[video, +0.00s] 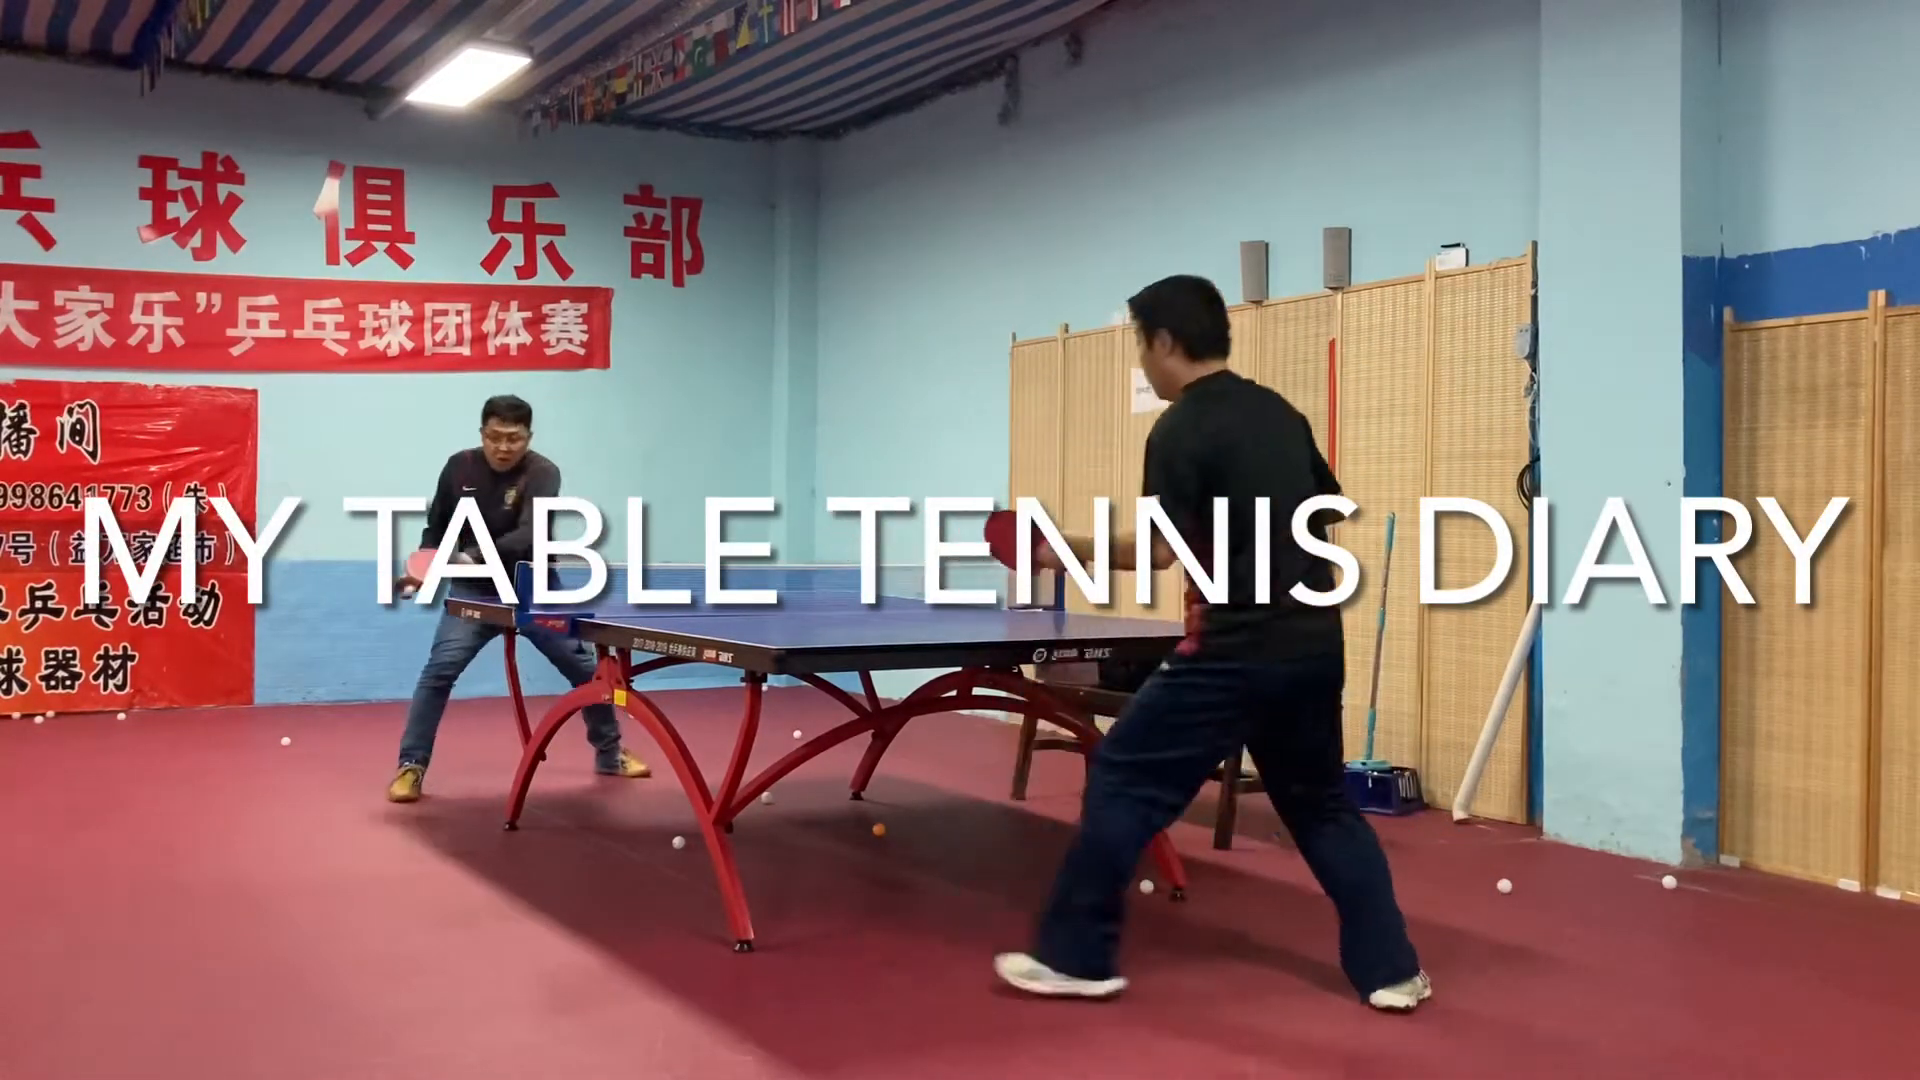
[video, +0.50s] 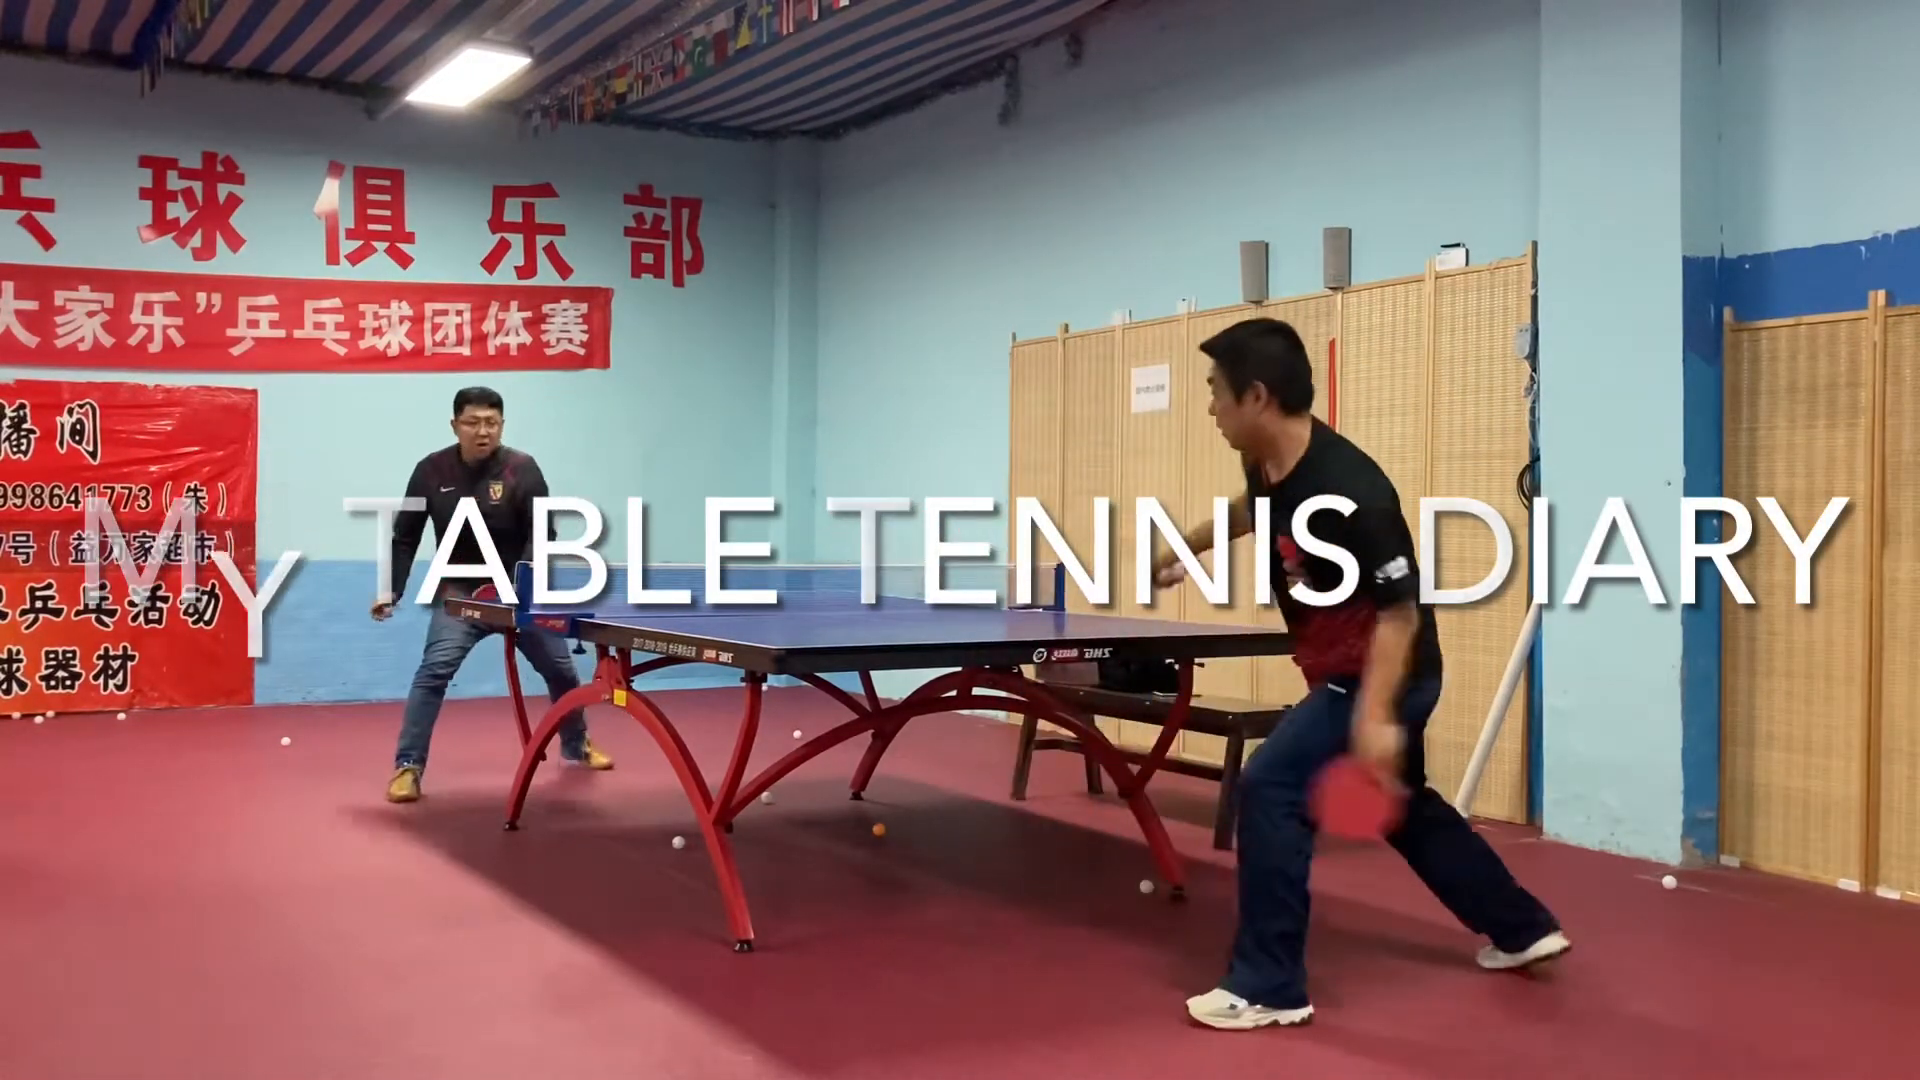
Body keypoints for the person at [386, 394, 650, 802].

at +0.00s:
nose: (504, 448)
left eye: (514, 439)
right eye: (495, 437)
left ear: (528, 438)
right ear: (481, 434)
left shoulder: (543, 473)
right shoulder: (459, 467)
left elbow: (529, 536)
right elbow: (436, 529)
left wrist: (472, 557)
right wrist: (419, 572)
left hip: (533, 590)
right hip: (474, 592)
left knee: (582, 665)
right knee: (441, 668)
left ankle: (610, 753)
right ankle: (412, 766)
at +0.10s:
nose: (476, 447)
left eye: (485, 438)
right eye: (467, 438)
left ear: (500, 437)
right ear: (453, 435)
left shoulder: (517, 471)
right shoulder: (434, 470)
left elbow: (514, 529)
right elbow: (417, 535)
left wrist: (468, 562)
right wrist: (391, 589)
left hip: (516, 587)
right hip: (459, 590)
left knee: (567, 664)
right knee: (432, 666)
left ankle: (608, 754)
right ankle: (409, 766)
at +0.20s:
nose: (461, 441)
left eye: (470, 432)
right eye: (451, 432)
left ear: (483, 430)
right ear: (435, 431)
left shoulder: (504, 462)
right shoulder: (418, 470)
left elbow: (517, 522)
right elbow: (399, 532)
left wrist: (474, 564)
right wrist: (383, 586)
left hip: (512, 580)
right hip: (455, 586)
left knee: (559, 660)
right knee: (430, 666)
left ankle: (596, 751)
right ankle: (408, 767)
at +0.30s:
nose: (458, 434)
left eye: (466, 424)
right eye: (448, 425)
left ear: (478, 424)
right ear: (431, 427)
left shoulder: (501, 459)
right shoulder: (413, 468)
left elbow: (521, 521)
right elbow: (393, 532)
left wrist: (491, 572)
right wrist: (381, 585)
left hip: (512, 579)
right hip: (454, 582)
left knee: (556, 659)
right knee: (430, 666)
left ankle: (584, 749)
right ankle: (408, 767)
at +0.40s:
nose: (465, 429)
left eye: (474, 420)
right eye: (455, 421)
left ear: (485, 422)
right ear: (438, 424)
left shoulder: (508, 461)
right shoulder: (419, 466)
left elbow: (528, 527)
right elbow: (396, 531)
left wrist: (497, 577)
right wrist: (383, 589)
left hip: (513, 582)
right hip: (455, 586)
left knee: (559, 660)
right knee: (430, 667)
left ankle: (579, 741)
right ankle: (408, 767)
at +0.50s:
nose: (483, 432)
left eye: (491, 423)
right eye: (473, 423)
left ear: (502, 426)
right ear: (455, 426)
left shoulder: (523, 469)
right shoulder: (432, 470)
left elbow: (543, 537)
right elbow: (404, 535)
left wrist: (537, 594)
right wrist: (390, 591)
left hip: (517, 590)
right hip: (459, 593)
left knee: (561, 668)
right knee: (436, 668)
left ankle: (577, 745)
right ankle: (408, 767)